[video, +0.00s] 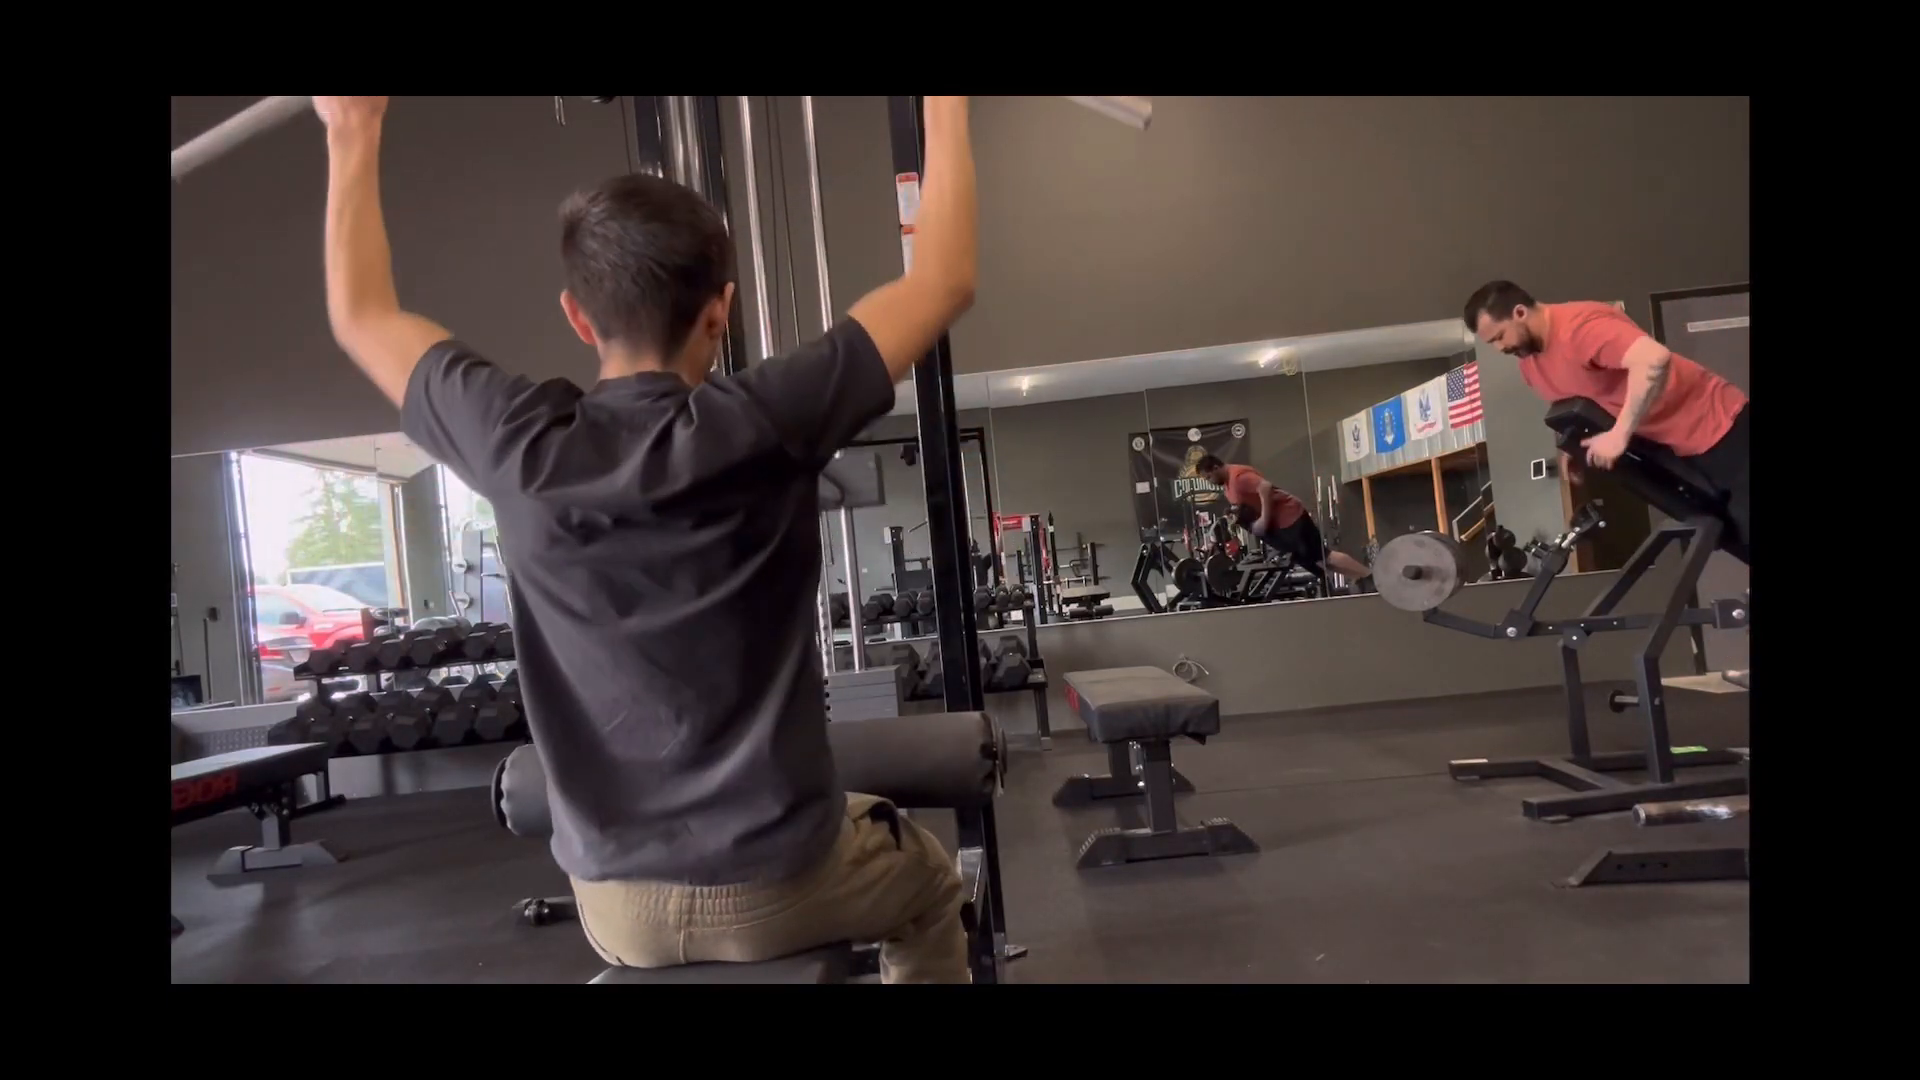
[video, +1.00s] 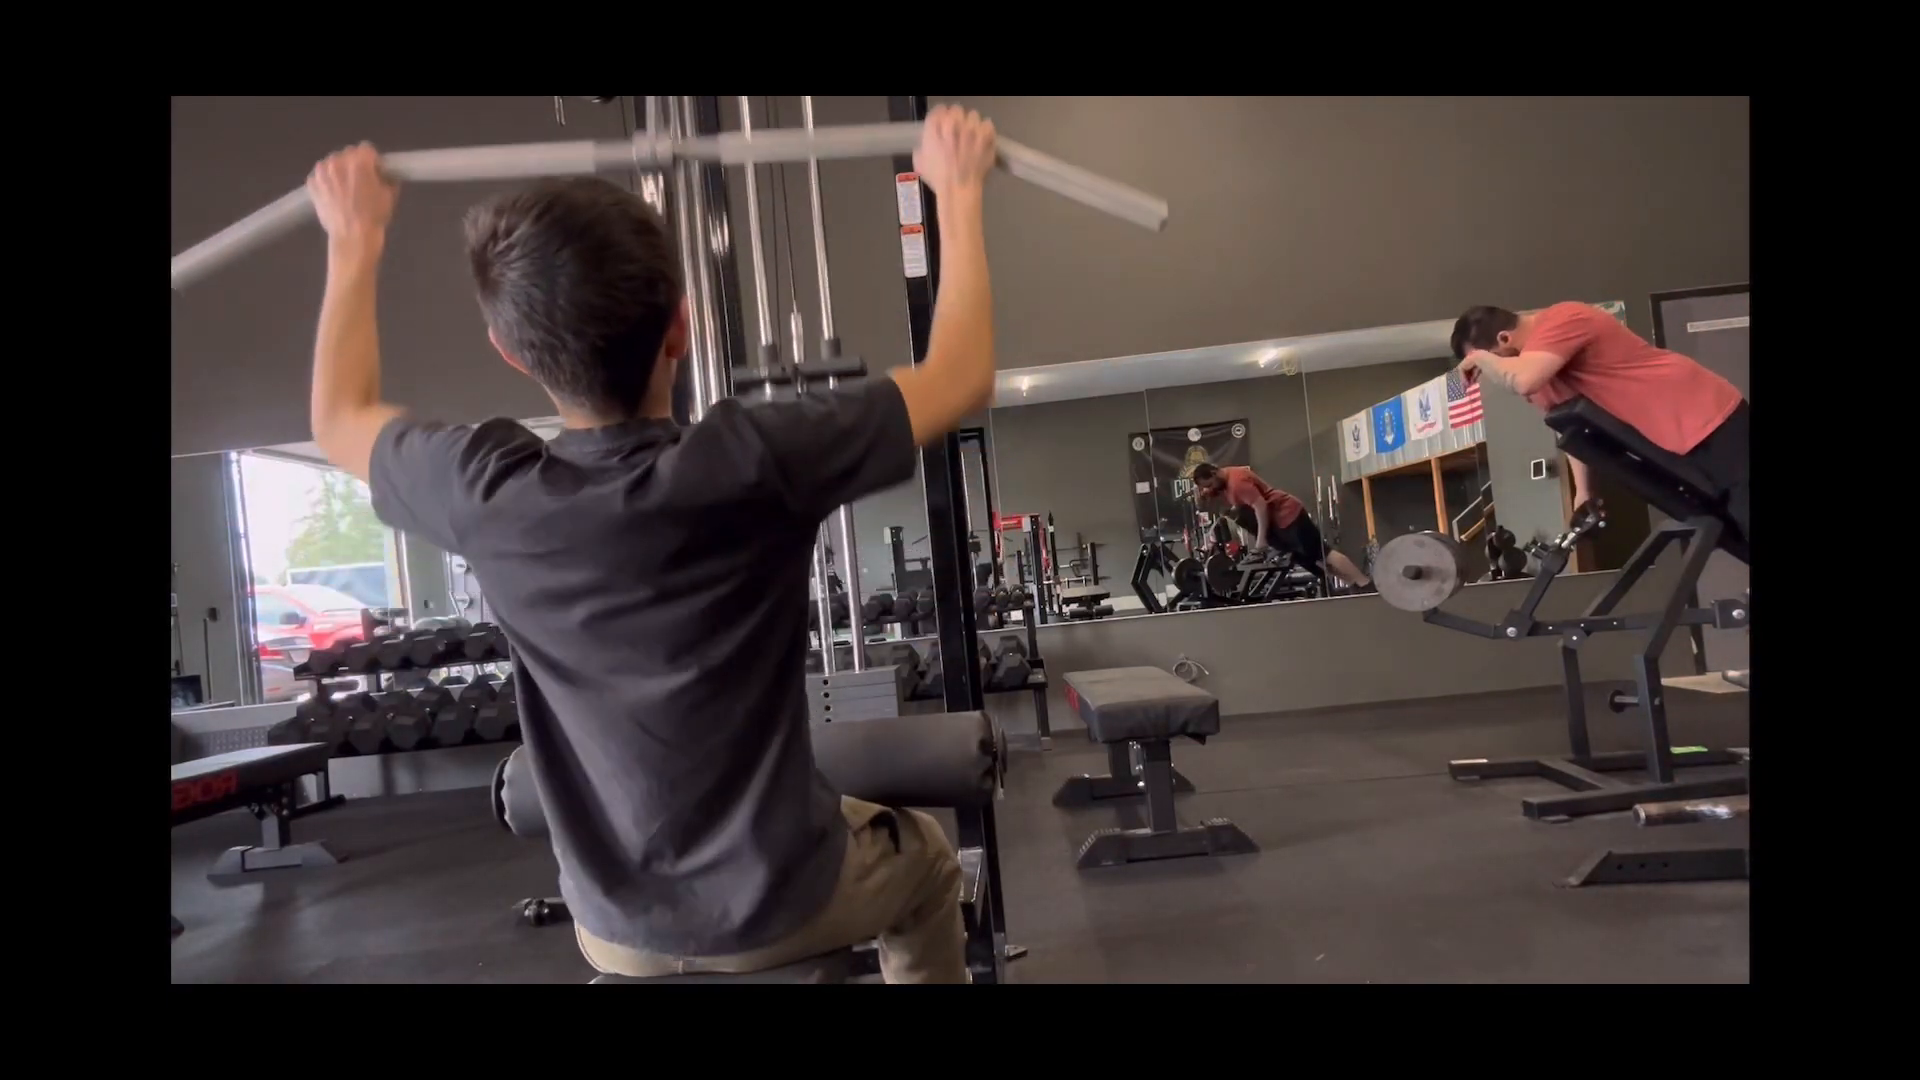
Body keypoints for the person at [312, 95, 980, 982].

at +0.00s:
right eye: (729, 294)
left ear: (577, 317)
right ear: (718, 313)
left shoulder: (520, 441)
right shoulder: (769, 420)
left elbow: (359, 313)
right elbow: (942, 282)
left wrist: (350, 131)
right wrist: (947, 105)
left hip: (615, 904)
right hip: (780, 890)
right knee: (927, 882)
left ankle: (632, 972)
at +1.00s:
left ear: (511, 351)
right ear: (680, 327)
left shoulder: (491, 490)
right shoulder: (761, 458)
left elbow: (341, 418)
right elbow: (960, 380)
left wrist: (351, 240)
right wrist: (960, 193)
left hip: (612, 924)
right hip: (780, 902)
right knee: (923, 864)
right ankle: (925, 977)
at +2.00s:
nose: (673, 310)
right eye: (669, 297)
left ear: (506, 347)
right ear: (658, 328)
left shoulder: (472, 472)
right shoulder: (742, 448)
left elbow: (298, 358)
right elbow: (945, 333)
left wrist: (305, 159)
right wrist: (941, 134)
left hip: (612, 914)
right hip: (778, 902)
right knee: (918, 864)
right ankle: (926, 981)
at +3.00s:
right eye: (697, 286)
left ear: (539, 333)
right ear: (694, 314)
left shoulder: (511, 471)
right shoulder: (764, 435)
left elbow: (344, 368)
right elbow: (956, 336)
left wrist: (344, 184)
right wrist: (948, 148)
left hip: (610, 912)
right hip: (775, 901)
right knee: (920, 859)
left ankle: (621, 975)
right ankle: (927, 981)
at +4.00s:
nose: (679, 316)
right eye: (679, 299)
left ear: (509, 343)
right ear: (669, 320)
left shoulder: (467, 501)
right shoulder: (730, 471)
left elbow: (261, 469)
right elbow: (970, 416)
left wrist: (296, 269)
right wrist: (947, 220)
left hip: (608, 917)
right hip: (773, 904)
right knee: (918, 863)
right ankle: (921, 973)